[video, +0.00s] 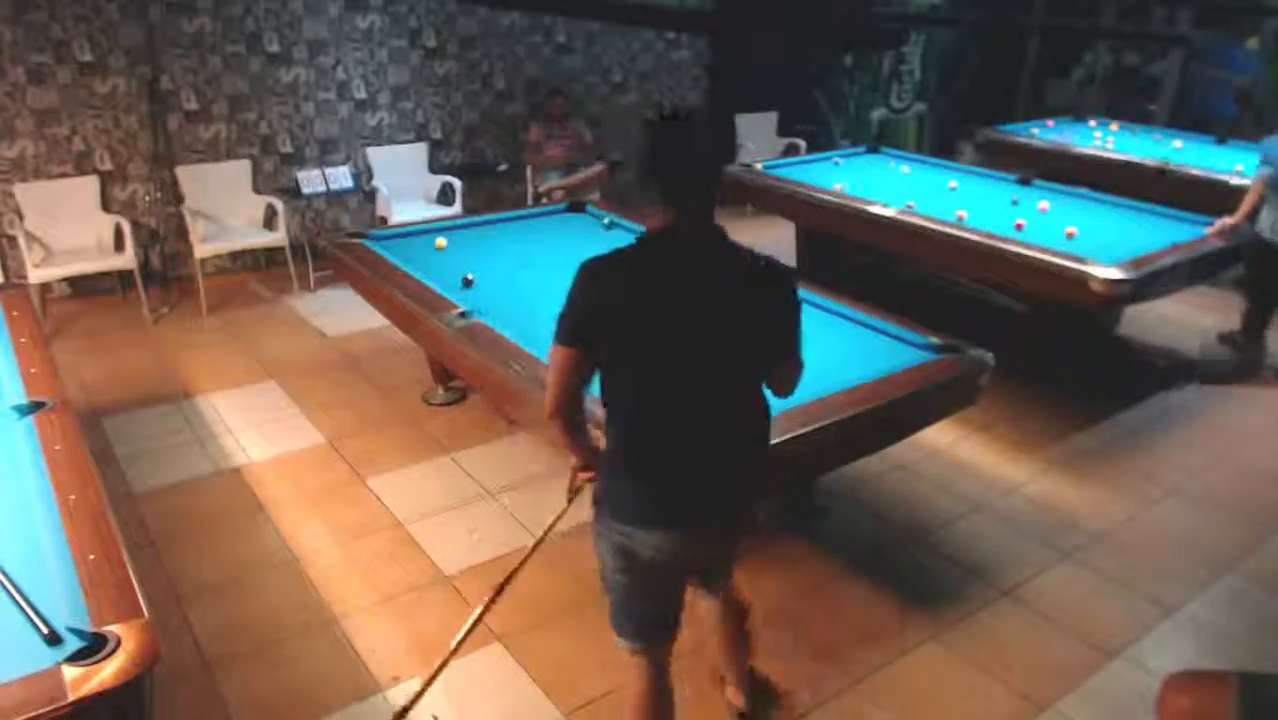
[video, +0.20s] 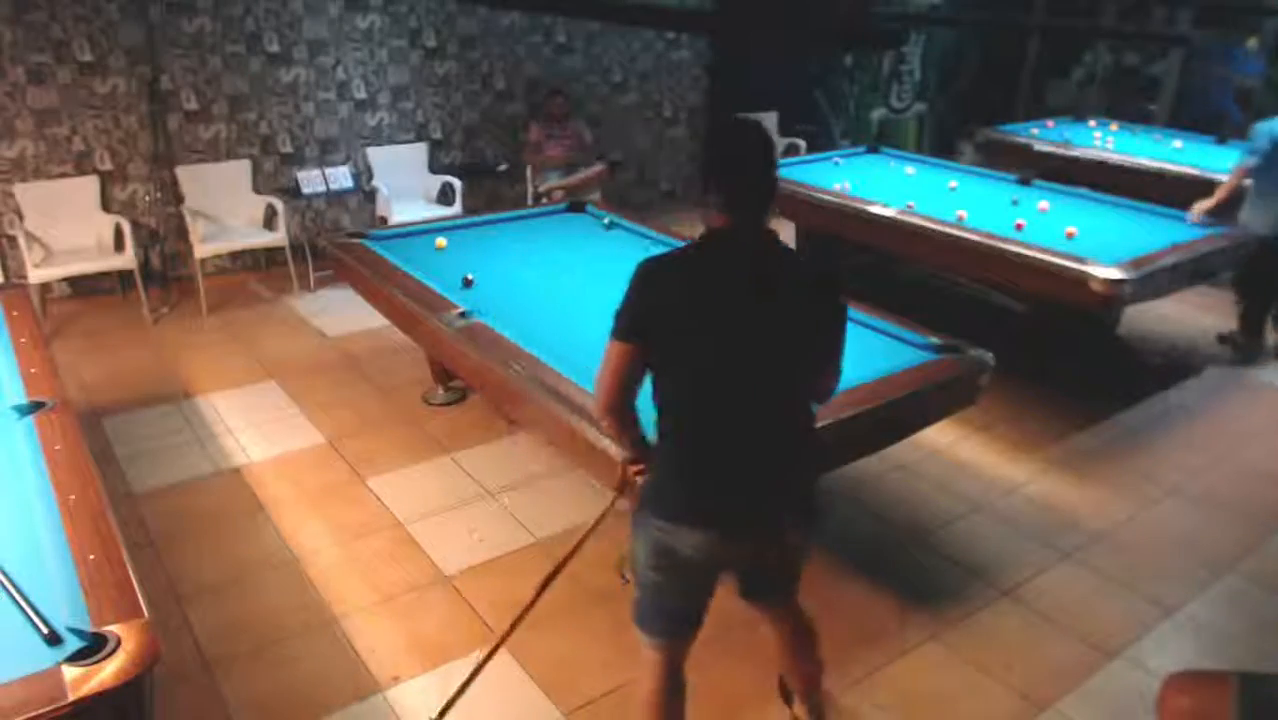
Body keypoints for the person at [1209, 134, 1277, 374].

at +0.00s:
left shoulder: (1271, 148)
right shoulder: (1270, 147)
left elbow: (1262, 181)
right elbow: (1262, 180)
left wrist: (1238, 217)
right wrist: (1239, 217)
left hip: (1269, 235)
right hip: (1267, 234)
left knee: (1261, 292)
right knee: (1260, 290)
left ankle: (1252, 341)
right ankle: (1249, 334)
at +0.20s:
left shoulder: (1266, 131)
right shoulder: (1265, 131)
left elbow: (1239, 175)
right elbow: (1241, 175)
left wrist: (1210, 203)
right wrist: (1215, 201)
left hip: (1262, 230)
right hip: (1264, 229)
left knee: (1253, 288)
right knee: (1255, 286)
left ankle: (1250, 340)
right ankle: (1248, 334)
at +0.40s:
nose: (1251, 93)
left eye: (1255, 89)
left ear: (1265, 92)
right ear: (1273, 95)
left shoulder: (1257, 125)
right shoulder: (1264, 124)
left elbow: (1222, 168)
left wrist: (1185, 186)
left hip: (1248, 219)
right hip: (1267, 217)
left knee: (1243, 274)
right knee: (1232, 266)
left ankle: (1251, 331)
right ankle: (1220, 312)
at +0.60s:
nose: (1221, 87)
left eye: (1227, 82)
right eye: (1226, 81)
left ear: (1238, 85)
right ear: (1263, 86)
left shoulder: (1233, 121)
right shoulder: (1271, 120)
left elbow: (1210, 161)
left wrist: (1180, 182)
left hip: (1224, 203)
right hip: (1256, 201)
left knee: (1224, 267)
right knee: (1204, 255)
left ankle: (1245, 326)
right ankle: (1181, 304)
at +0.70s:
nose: (1222, 88)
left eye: (1225, 83)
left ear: (1232, 85)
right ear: (1255, 86)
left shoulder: (1226, 116)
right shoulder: (1268, 119)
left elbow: (1199, 155)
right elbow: (1269, 159)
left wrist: (1168, 178)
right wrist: (1247, 172)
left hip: (1209, 192)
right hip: (1241, 193)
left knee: (1204, 254)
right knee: (1203, 252)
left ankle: (1232, 313)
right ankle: (1181, 303)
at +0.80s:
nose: (1202, 84)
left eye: (1206, 79)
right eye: (1204, 77)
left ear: (1217, 81)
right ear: (1236, 80)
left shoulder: (1212, 114)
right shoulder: (1254, 114)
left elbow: (1187, 152)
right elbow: (1256, 151)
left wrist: (1146, 167)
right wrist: (1234, 162)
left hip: (1201, 186)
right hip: (1230, 187)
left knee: (1180, 239)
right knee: (1204, 242)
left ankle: (1207, 296)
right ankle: (1179, 301)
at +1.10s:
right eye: (1221, 69)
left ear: (1187, 75)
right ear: (1211, 75)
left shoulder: (1184, 108)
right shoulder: (1215, 105)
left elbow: (1156, 130)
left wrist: (1126, 151)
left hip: (1174, 181)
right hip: (1202, 181)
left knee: (1150, 228)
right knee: (1185, 237)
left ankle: (1171, 295)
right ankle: (1179, 297)